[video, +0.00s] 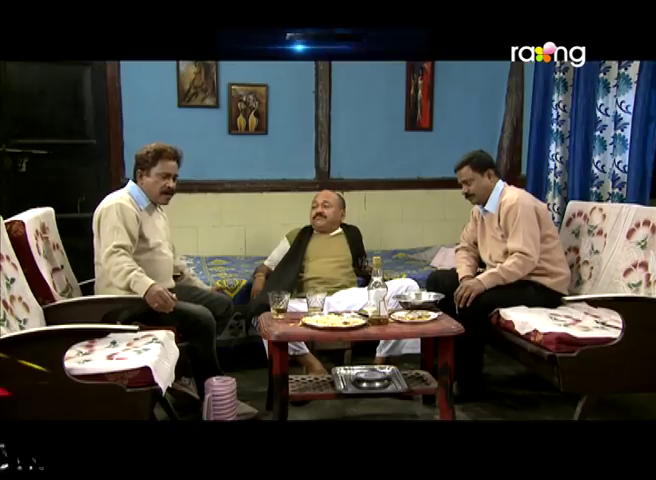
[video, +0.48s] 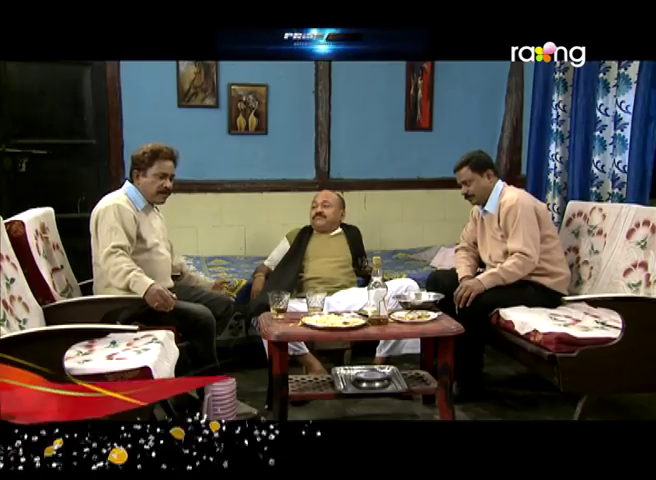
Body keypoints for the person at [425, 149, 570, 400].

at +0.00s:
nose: (464, 190)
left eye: (468, 183)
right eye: (461, 185)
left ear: (489, 176)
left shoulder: (518, 203)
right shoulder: (480, 209)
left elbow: (524, 259)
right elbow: (466, 247)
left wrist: (481, 282)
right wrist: (466, 276)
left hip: (542, 286)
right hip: (505, 277)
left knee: (473, 302)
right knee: (439, 280)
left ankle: (468, 384)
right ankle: (440, 369)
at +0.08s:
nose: (464, 190)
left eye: (468, 183)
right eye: (461, 185)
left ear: (489, 176)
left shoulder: (519, 203)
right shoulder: (480, 209)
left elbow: (524, 259)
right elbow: (466, 247)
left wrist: (481, 282)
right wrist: (466, 276)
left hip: (542, 286)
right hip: (505, 277)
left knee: (473, 302)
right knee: (438, 280)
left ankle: (468, 384)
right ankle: (441, 369)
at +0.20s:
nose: (464, 190)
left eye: (468, 183)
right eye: (461, 185)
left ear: (489, 176)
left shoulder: (518, 203)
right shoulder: (480, 209)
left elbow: (524, 259)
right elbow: (466, 247)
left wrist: (481, 282)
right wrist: (466, 276)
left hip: (542, 286)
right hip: (505, 277)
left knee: (472, 301)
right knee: (438, 280)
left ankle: (468, 384)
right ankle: (441, 368)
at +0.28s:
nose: (464, 191)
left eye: (468, 183)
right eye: (461, 186)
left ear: (489, 176)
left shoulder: (518, 202)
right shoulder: (481, 209)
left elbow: (525, 258)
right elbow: (466, 247)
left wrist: (481, 282)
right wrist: (465, 277)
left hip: (542, 286)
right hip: (504, 279)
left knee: (473, 302)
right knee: (439, 280)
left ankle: (468, 383)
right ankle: (441, 370)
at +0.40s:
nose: (464, 191)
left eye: (468, 183)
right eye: (461, 186)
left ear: (489, 177)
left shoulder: (518, 203)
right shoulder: (480, 209)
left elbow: (524, 259)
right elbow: (466, 247)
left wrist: (481, 282)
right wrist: (466, 276)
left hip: (542, 286)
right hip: (504, 277)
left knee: (473, 302)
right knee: (438, 280)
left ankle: (468, 384)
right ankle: (441, 369)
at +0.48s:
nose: (464, 191)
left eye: (468, 184)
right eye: (461, 186)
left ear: (489, 177)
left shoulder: (518, 203)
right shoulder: (480, 209)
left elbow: (525, 259)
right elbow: (466, 247)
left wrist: (481, 282)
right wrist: (466, 276)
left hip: (542, 286)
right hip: (505, 277)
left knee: (473, 301)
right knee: (438, 280)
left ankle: (468, 384)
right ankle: (441, 368)